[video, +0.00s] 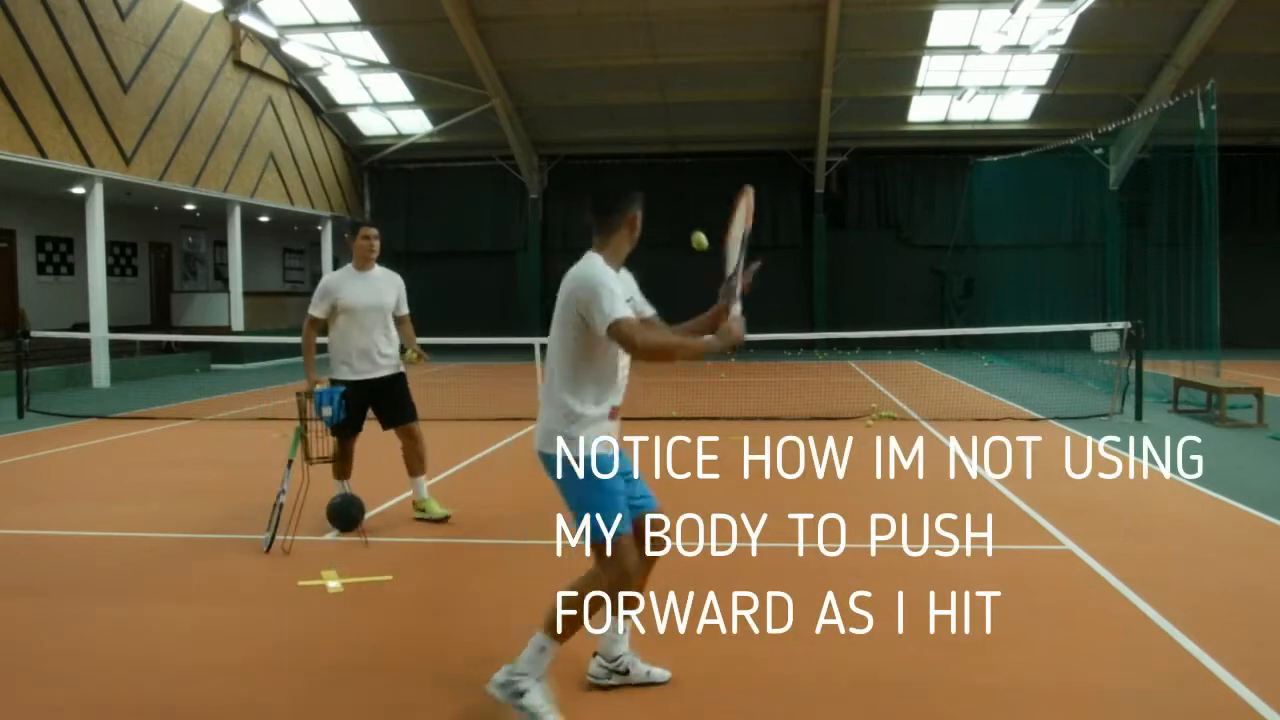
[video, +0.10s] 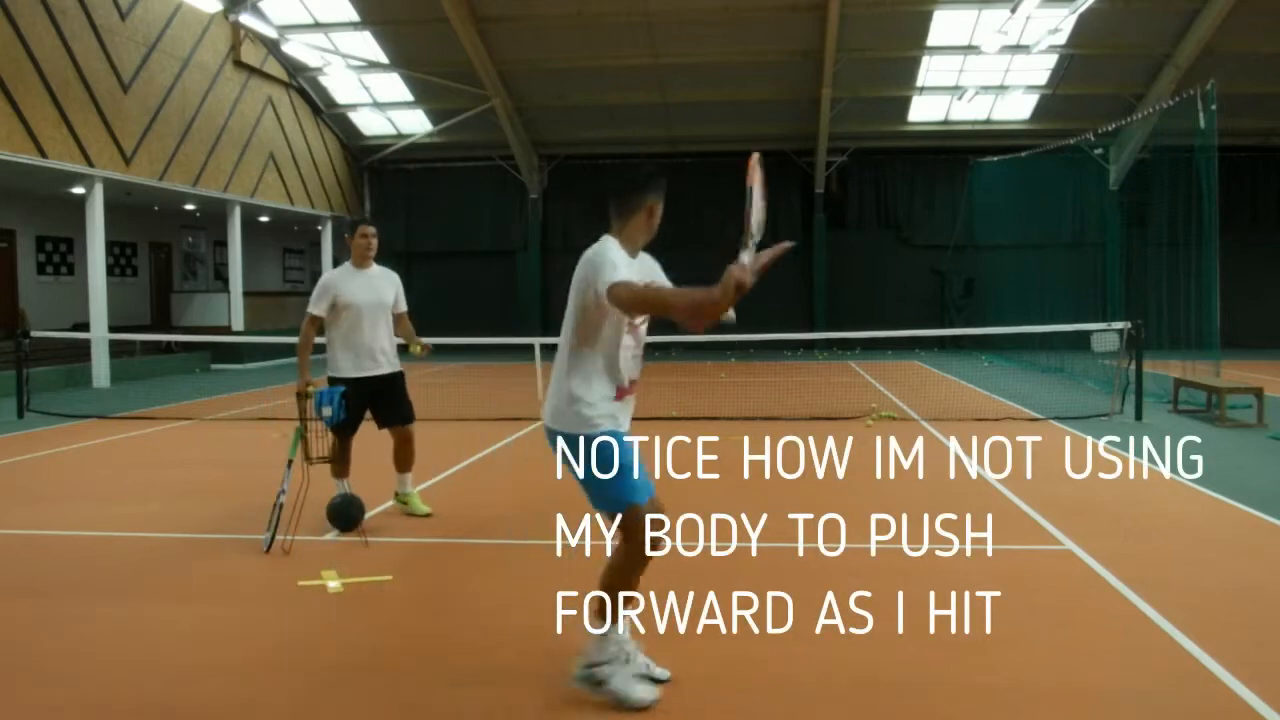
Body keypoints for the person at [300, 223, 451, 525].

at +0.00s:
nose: (372, 244)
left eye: (376, 239)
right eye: (365, 238)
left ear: (380, 244)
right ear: (351, 243)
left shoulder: (394, 281)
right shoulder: (331, 283)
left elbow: (403, 320)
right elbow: (310, 329)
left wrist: (412, 345)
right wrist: (311, 375)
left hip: (389, 375)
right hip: (348, 379)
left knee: (411, 433)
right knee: (345, 443)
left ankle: (421, 498)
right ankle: (342, 502)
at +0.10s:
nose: (369, 242)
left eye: (373, 237)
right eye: (363, 237)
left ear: (378, 243)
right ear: (350, 242)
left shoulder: (390, 278)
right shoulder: (331, 281)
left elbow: (401, 320)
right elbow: (309, 328)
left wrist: (413, 339)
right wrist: (304, 375)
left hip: (388, 373)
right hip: (347, 376)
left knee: (404, 431)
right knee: (342, 438)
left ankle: (405, 491)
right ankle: (342, 497)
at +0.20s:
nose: (369, 241)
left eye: (373, 236)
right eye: (363, 236)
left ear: (378, 242)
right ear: (350, 241)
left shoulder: (390, 278)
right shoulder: (332, 280)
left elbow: (402, 317)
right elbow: (313, 326)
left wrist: (415, 339)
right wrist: (303, 374)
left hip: (387, 372)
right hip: (347, 374)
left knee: (397, 432)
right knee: (341, 436)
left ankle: (398, 493)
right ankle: (342, 496)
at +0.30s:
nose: (370, 240)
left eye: (374, 235)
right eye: (364, 235)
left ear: (379, 240)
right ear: (350, 240)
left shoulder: (391, 276)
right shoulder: (334, 279)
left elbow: (403, 316)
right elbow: (317, 325)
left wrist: (416, 341)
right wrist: (308, 372)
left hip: (386, 371)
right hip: (347, 373)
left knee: (393, 433)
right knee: (341, 435)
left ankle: (398, 494)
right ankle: (343, 496)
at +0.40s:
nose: (372, 240)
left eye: (376, 235)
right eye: (366, 235)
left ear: (380, 240)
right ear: (351, 240)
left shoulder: (392, 276)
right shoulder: (334, 279)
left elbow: (403, 317)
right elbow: (320, 325)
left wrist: (419, 345)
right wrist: (317, 371)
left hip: (387, 370)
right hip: (349, 373)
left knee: (392, 432)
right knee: (341, 435)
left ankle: (398, 494)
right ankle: (342, 495)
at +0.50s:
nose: (374, 240)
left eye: (377, 234)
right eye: (367, 234)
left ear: (381, 240)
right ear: (352, 239)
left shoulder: (393, 275)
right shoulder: (336, 278)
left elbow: (404, 318)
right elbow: (322, 324)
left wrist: (420, 352)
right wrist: (323, 367)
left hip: (388, 370)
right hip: (351, 373)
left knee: (393, 431)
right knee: (342, 434)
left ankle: (398, 494)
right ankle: (341, 495)